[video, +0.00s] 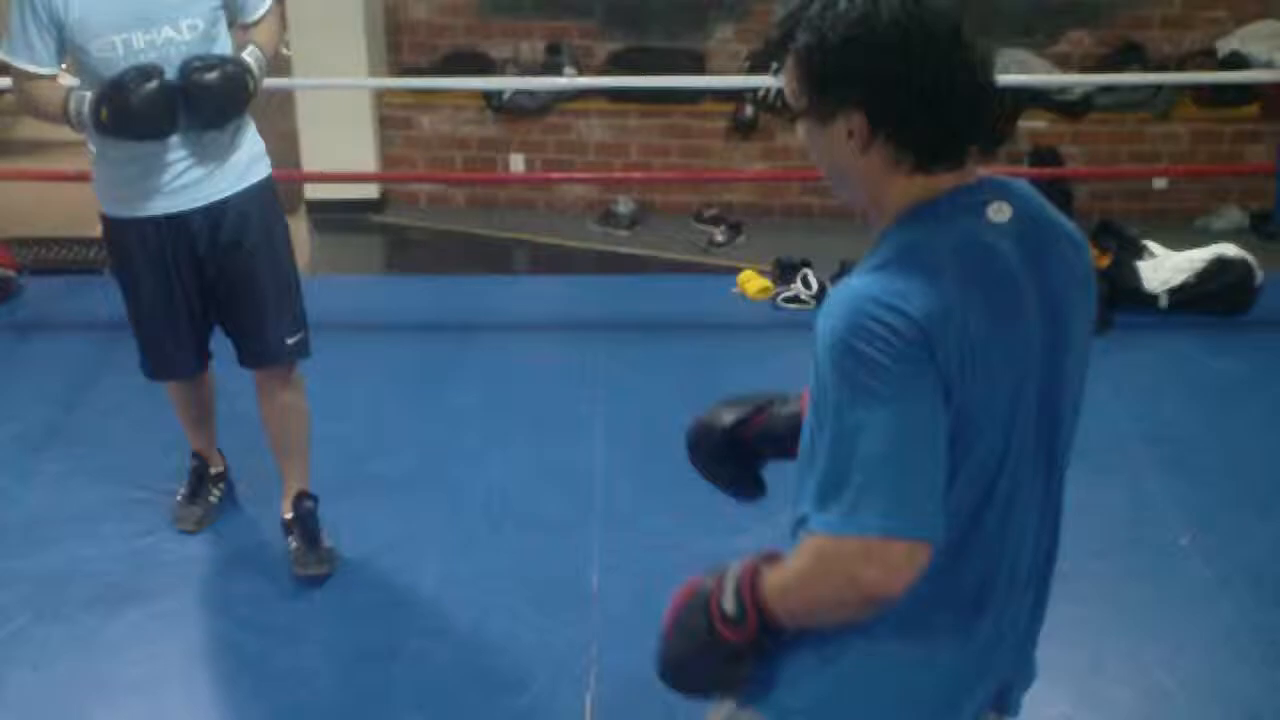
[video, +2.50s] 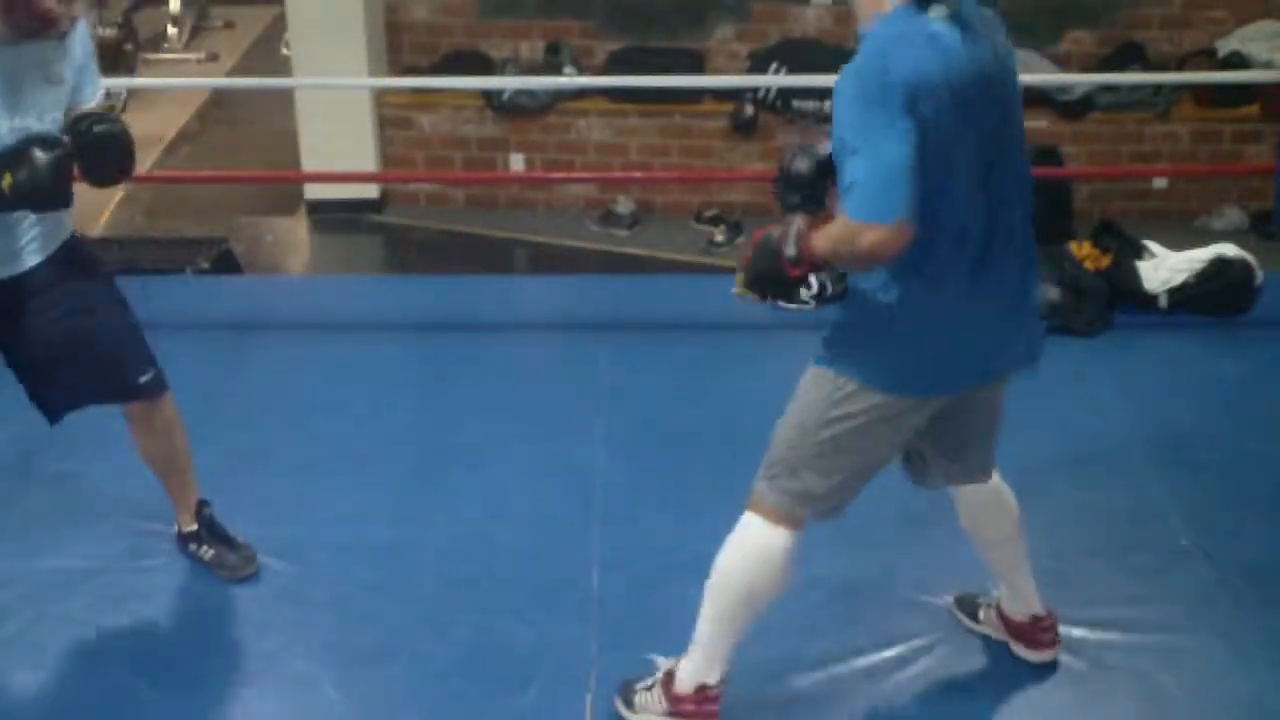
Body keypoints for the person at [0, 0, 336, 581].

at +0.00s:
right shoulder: (39, 4)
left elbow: (265, 17)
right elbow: (31, 84)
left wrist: (248, 68)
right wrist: (94, 109)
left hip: (235, 181)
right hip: (138, 202)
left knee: (276, 354)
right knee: (177, 356)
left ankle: (299, 506)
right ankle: (207, 468)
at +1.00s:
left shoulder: (251, 2)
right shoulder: (66, 3)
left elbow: (338, 52)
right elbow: (48, 89)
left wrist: (298, 77)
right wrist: (97, 110)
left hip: (231, 216)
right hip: (121, 221)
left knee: (267, 384)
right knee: (108, 399)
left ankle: (292, 523)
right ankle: (128, 474)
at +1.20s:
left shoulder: (196, 1)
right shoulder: (25, 13)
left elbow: (273, 53)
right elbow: (10, 96)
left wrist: (254, 122)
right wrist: (41, 131)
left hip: (208, 225)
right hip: (95, 237)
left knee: (257, 386)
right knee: (81, 403)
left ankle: (290, 524)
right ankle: (64, 527)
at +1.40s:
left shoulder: (136, 3)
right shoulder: (2, 28)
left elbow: (180, 39)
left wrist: (187, 107)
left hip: (151, 224)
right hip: (39, 242)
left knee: (224, 387)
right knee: (52, 408)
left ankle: (284, 520)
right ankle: (61, 531)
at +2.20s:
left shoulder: (127, 8)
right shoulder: (11, 15)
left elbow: (135, 85)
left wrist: (136, 132)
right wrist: (5, 153)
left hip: (84, 228)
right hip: (4, 245)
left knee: (141, 383)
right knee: (1, 418)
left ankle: (193, 521)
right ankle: (23, 524)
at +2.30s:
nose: (104, 6)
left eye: (111, 3)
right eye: (94, 4)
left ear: (116, 0)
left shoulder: (125, 13)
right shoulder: (10, 23)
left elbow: (134, 88)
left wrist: (128, 134)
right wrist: (6, 167)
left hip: (70, 226)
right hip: (3, 235)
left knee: (139, 377)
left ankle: (191, 519)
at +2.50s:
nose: (59, 12)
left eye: (64, 3)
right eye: (43, 5)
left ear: (71, 3)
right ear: (11, 6)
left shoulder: (68, 30)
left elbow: (89, 112)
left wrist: (103, 146)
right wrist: (7, 183)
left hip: (42, 250)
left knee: (144, 385)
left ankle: (193, 522)